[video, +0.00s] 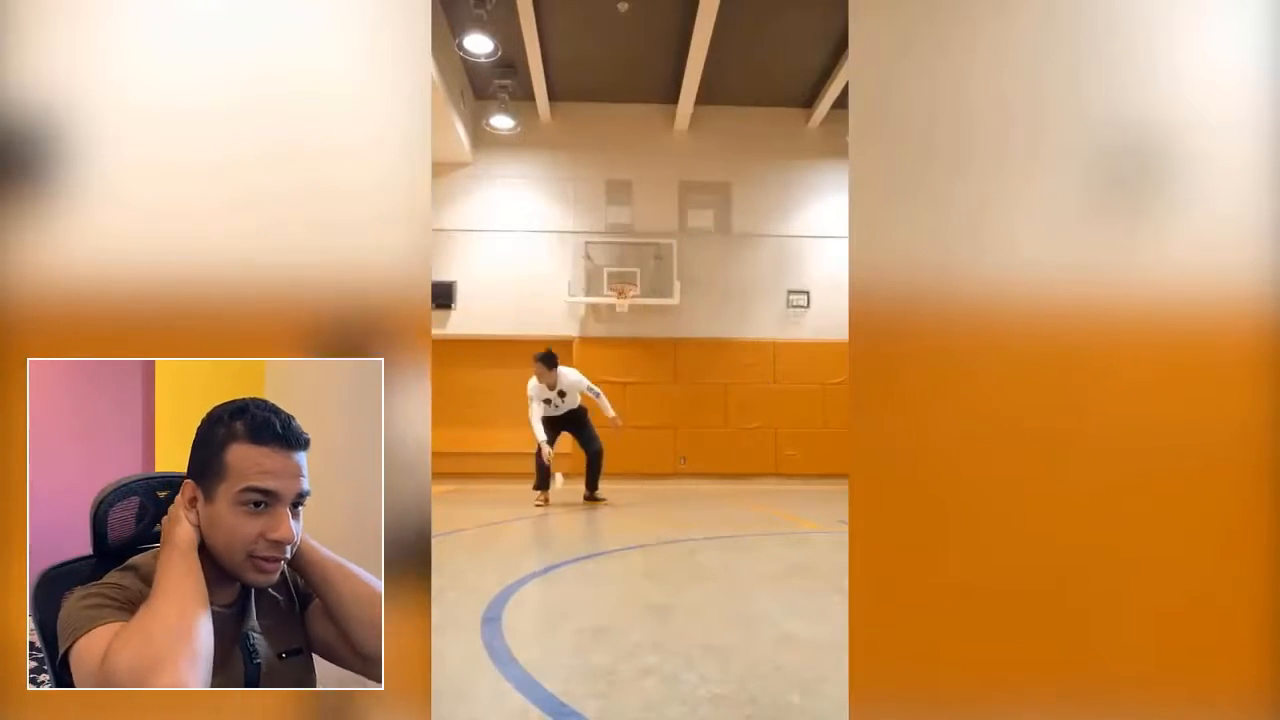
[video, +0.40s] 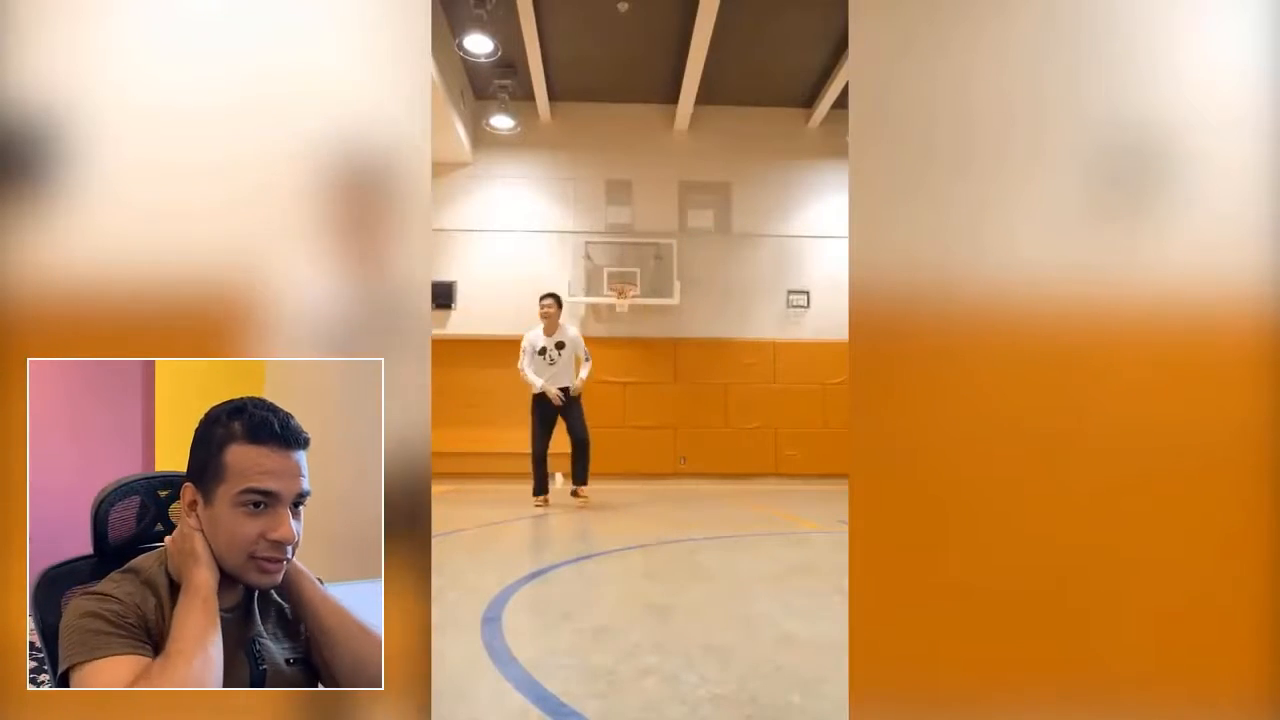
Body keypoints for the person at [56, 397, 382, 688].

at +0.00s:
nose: (286, 535)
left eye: (297, 506)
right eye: (257, 504)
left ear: (304, 503)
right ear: (194, 503)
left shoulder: (284, 585)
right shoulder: (101, 604)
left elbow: (397, 658)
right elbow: (166, 691)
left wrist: (294, 538)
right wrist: (179, 543)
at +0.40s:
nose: (287, 533)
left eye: (297, 506)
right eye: (256, 505)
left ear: (305, 503)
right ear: (193, 507)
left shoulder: (288, 596)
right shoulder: (107, 608)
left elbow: (381, 686)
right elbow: (161, 715)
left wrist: (292, 572)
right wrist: (199, 580)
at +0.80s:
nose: (278, 527)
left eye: (290, 500)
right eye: (247, 500)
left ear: (299, 501)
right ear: (188, 505)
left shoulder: (299, 591)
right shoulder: (105, 614)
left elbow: (381, 692)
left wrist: (292, 621)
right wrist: (218, 622)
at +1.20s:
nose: (272, 519)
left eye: (283, 493)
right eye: (240, 493)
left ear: (293, 497)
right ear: (183, 502)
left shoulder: (299, 595)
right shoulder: (103, 619)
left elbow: (383, 695)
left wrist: (300, 653)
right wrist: (232, 661)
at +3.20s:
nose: (259, 502)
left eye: (269, 479)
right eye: (229, 479)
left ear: (279, 489)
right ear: (174, 497)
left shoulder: (294, 594)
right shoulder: (101, 622)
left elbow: (383, 697)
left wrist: (303, 674)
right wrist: (251, 679)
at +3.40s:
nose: (256, 499)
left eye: (266, 476)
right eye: (226, 477)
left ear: (276, 487)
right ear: (173, 497)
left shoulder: (295, 594)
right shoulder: (101, 622)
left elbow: (384, 697)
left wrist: (303, 673)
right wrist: (252, 679)